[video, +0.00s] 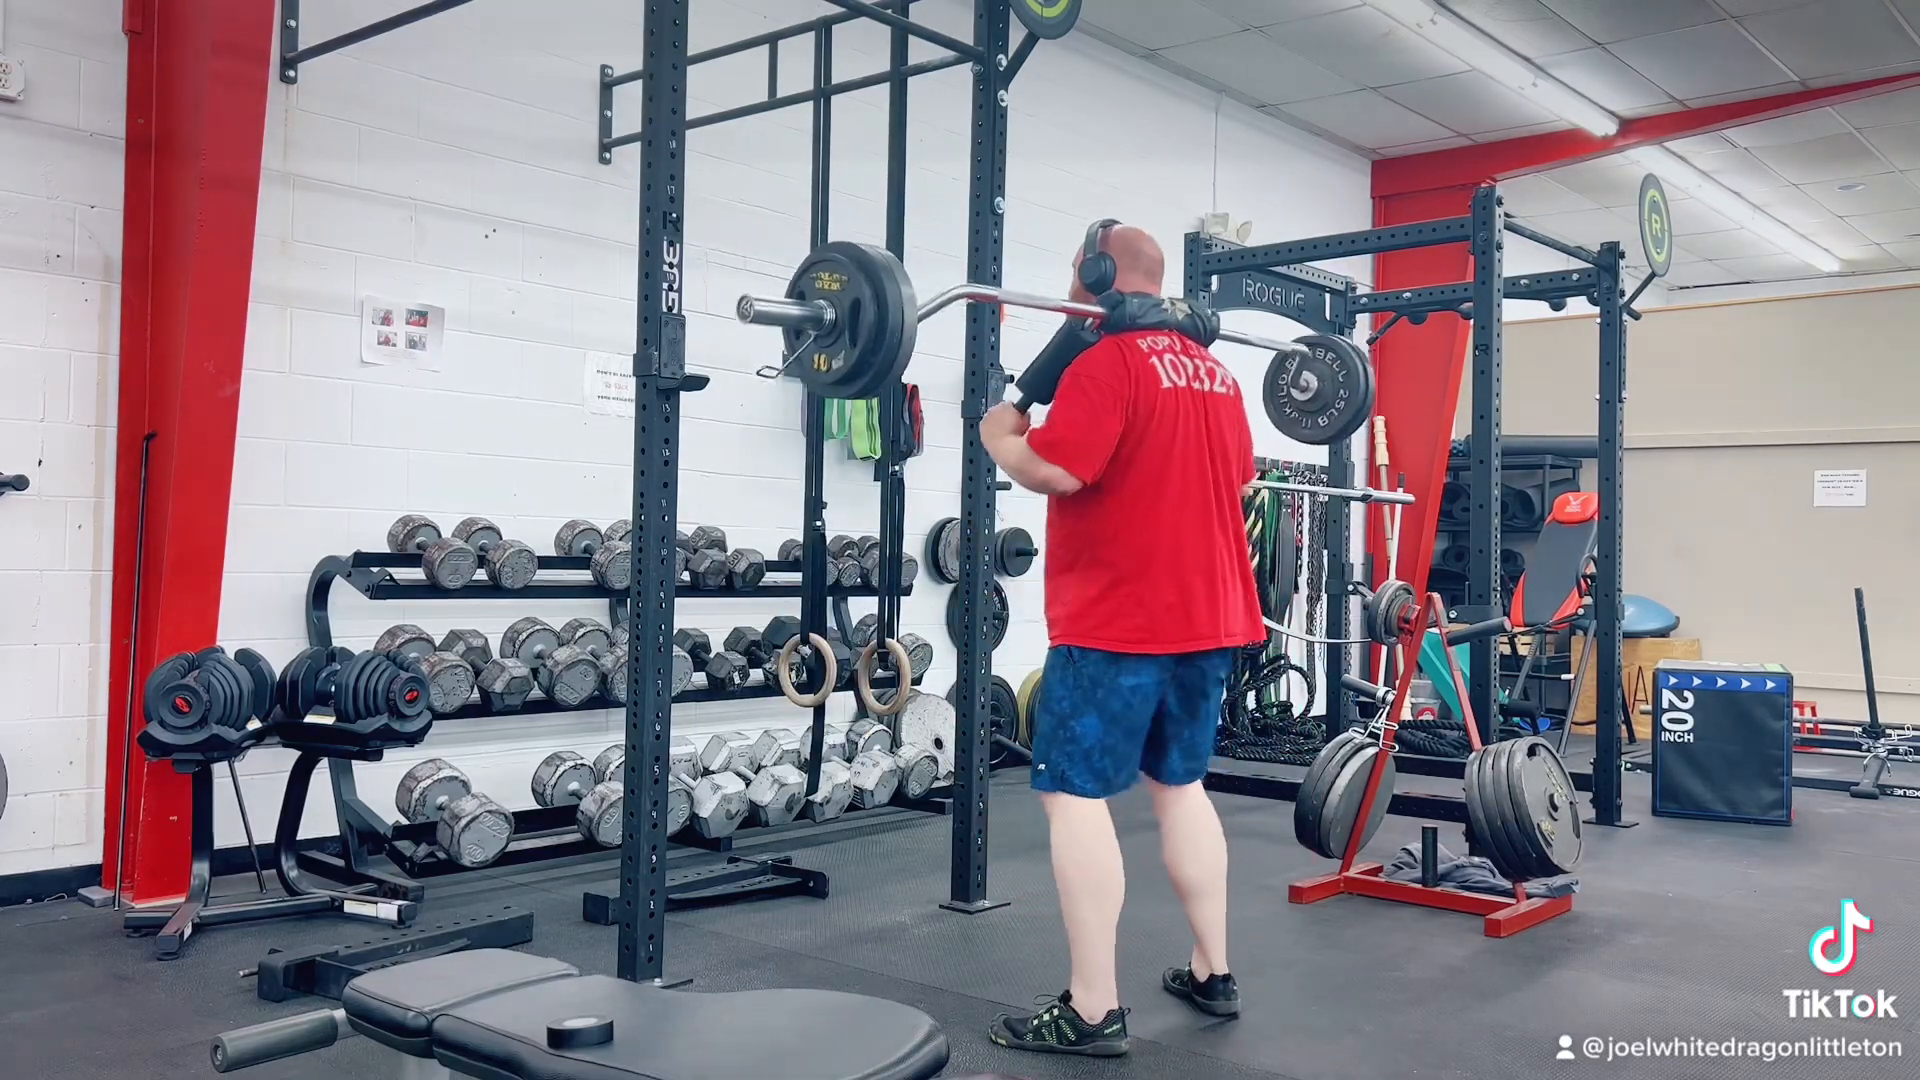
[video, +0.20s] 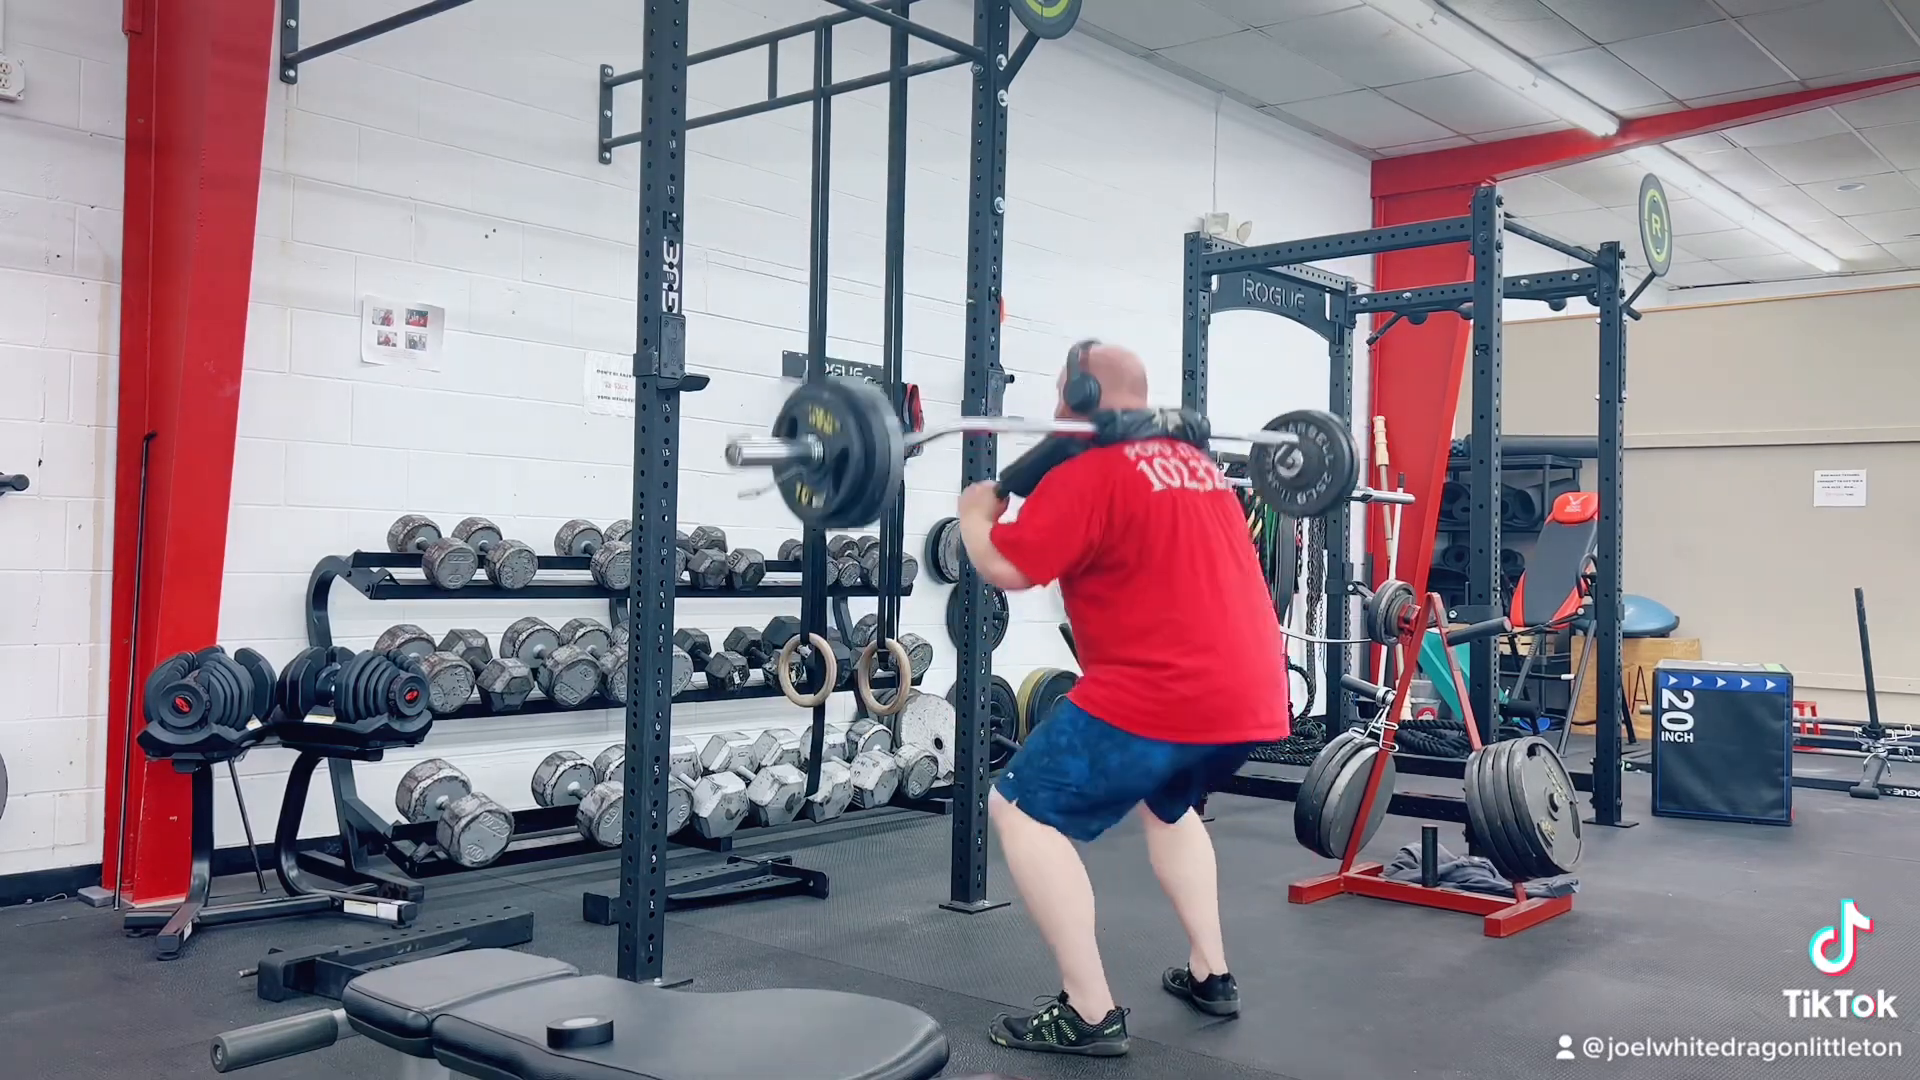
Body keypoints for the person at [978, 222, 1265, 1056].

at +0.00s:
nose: (1072, 298)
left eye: (1074, 286)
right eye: (1074, 285)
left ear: (1091, 287)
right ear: (1158, 285)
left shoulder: (1108, 358)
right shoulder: (1214, 369)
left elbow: (1060, 469)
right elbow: (1238, 480)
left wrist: (1003, 436)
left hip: (1119, 619)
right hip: (1212, 614)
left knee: (1072, 787)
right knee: (1179, 780)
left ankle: (1093, 1006)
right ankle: (1214, 973)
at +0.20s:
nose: (1056, 409)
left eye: (1060, 397)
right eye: (1059, 396)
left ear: (1076, 404)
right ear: (1143, 401)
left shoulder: (1094, 471)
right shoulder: (1196, 462)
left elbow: (1005, 566)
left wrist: (974, 511)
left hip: (1153, 694)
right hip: (1253, 694)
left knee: (1021, 807)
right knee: (1168, 802)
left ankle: (1090, 1008)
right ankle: (1212, 973)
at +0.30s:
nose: (1049, 481)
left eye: (1052, 471)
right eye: (1056, 471)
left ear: (1062, 478)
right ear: (1137, 474)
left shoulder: (1085, 548)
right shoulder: (1188, 531)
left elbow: (993, 645)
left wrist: (962, 580)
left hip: (1171, 760)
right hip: (1265, 758)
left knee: (1003, 812)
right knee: (1167, 814)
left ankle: (1089, 1010)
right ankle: (1210, 974)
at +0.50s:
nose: (1048, 607)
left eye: (1049, 596)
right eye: (1048, 597)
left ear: (1063, 599)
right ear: (1127, 585)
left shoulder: (1085, 661)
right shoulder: (1184, 636)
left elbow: (981, 751)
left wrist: (957, 682)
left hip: (1201, 875)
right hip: (1276, 865)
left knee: (993, 816)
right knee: (1160, 787)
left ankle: (1089, 1010)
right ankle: (1208, 974)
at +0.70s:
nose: (1048, 589)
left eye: (1049, 579)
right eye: (1048, 580)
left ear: (1066, 582)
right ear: (1127, 569)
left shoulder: (1089, 643)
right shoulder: (1185, 619)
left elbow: (987, 737)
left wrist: (960, 675)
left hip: (1192, 849)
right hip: (1274, 844)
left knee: (991, 817)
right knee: (1148, 785)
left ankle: (1088, 1010)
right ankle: (1208, 974)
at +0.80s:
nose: (1043, 518)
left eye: (1044, 508)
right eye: (1045, 509)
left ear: (1058, 509)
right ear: (1128, 501)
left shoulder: (1085, 566)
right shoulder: (1192, 552)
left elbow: (993, 665)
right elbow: (1258, 641)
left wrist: (961, 609)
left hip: (1170, 769)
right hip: (1271, 764)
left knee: (995, 812)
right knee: (1173, 814)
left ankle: (1088, 1008)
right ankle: (1208, 974)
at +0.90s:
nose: (1049, 445)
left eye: (1051, 434)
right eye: (1052, 434)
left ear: (1066, 435)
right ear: (1137, 428)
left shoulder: (1091, 491)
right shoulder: (1199, 484)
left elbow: (1001, 588)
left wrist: (970, 539)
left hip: (1156, 702)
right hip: (1257, 701)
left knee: (1008, 806)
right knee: (1172, 802)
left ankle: (1089, 1008)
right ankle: (1209, 974)